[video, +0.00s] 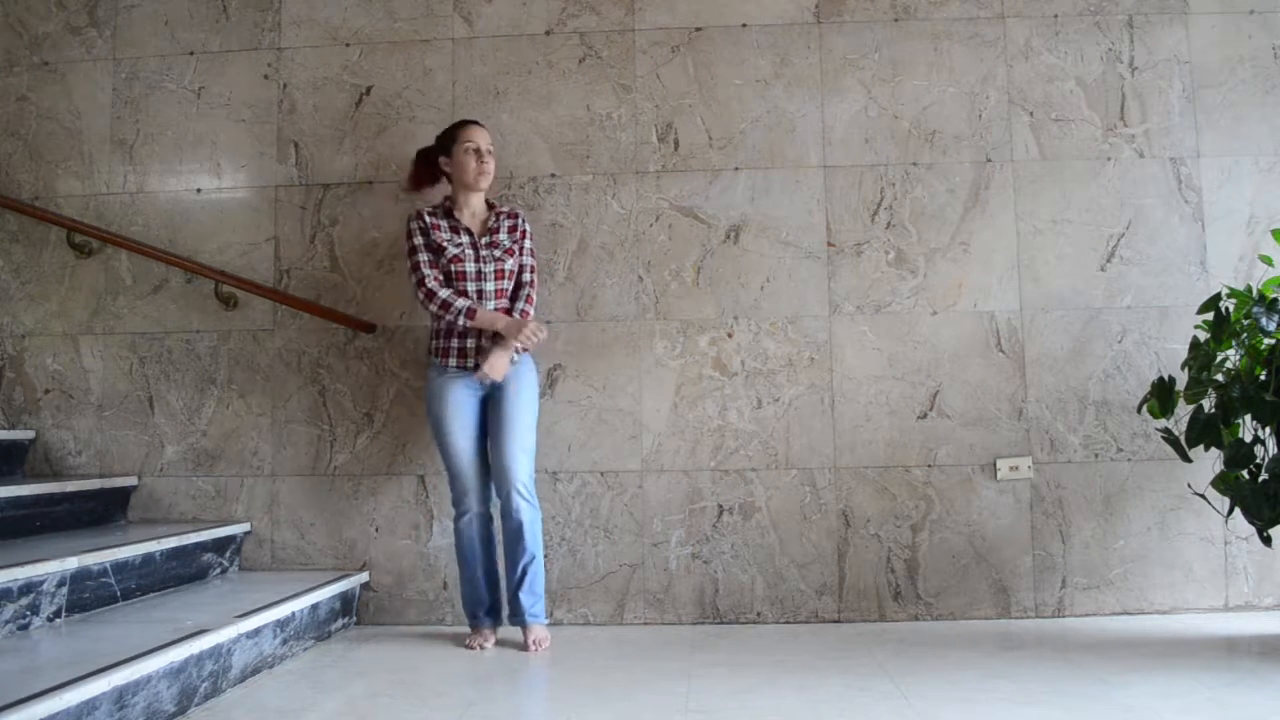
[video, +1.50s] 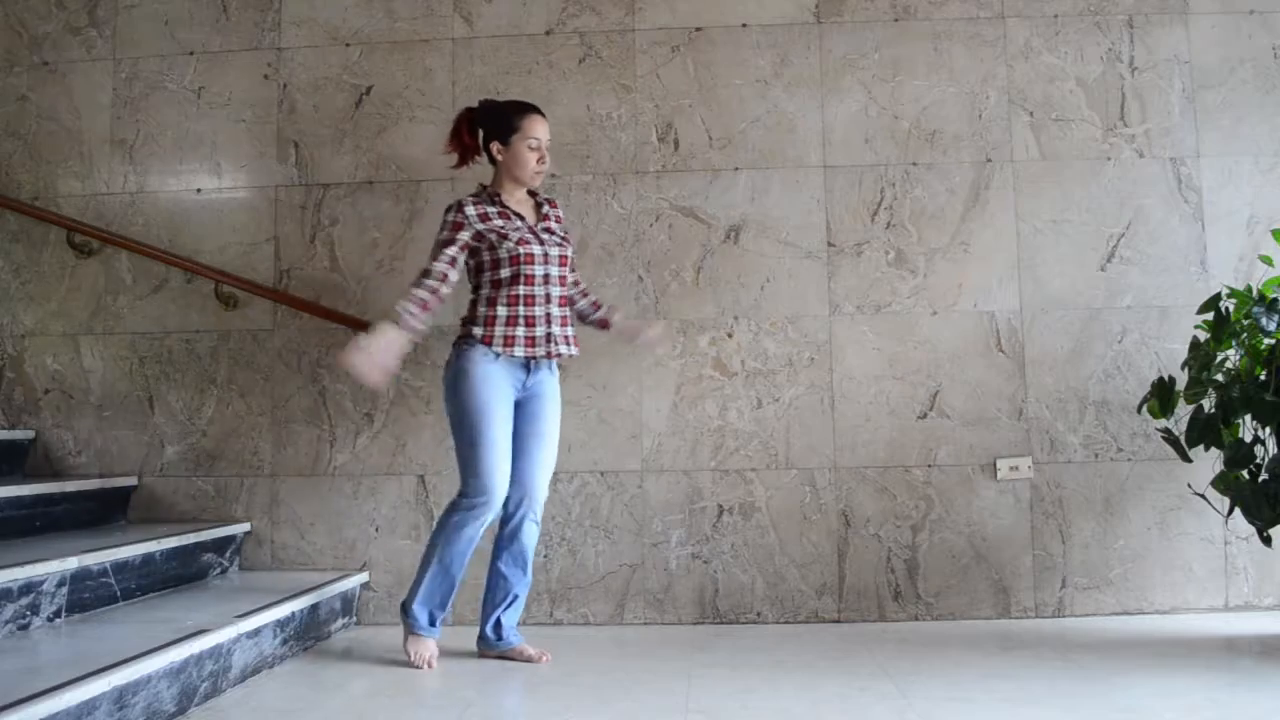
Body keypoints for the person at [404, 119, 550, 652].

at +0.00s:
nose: (484, 159)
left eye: (489, 152)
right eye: (471, 151)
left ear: (496, 165)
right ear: (446, 164)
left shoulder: (515, 223)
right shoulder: (424, 223)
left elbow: (527, 296)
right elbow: (432, 295)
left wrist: (507, 348)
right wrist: (500, 321)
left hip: (513, 366)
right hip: (454, 368)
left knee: (516, 486)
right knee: (469, 497)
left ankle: (533, 615)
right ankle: (483, 619)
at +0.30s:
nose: (496, 169)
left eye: (498, 161)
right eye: (483, 161)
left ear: (499, 174)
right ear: (452, 173)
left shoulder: (517, 235)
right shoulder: (429, 236)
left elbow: (532, 307)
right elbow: (435, 316)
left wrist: (528, 371)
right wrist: (466, 383)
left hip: (516, 381)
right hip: (457, 382)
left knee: (519, 498)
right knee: (476, 502)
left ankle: (526, 616)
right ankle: (483, 620)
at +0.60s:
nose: (513, 154)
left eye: (512, 147)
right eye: (500, 147)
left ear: (505, 161)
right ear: (466, 159)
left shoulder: (526, 223)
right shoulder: (434, 223)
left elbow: (552, 293)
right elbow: (393, 296)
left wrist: (589, 359)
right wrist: (344, 364)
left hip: (517, 371)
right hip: (454, 374)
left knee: (514, 485)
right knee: (470, 497)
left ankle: (527, 612)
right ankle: (483, 620)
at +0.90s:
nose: (530, 157)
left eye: (530, 149)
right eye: (520, 148)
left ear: (512, 159)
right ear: (484, 156)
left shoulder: (537, 227)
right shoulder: (447, 218)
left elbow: (555, 305)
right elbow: (402, 290)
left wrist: (589, 370)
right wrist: (348, 355)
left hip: (524, 376)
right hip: (459, 374)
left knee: (511, 498)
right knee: (471, 500)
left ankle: (500, 629)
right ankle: (480, 622)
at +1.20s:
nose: (541, 152)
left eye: (542, 142)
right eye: (530, 142)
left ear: (532, 150)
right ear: (493, 147)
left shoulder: (551, 218)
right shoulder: (457, 210)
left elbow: (589, 283)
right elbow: (393, 266)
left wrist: (647, 316)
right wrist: (317, 269)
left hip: (533, 370)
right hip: (468, 366)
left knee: (517, 500)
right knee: (472, 494)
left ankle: (499, 633)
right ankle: (447, 607)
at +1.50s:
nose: (544, 157)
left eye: (547, 148)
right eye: (534, 147)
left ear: (544, 153)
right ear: (498, 150)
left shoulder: (551, 214)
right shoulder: (470, 212)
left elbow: (570, 290)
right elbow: (435, 282)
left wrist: (621, 325)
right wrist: (393, 335)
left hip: (543, 370)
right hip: (484, 365)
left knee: (527, 503)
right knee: (484, 494)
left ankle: (500, 633)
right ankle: (422, 621)